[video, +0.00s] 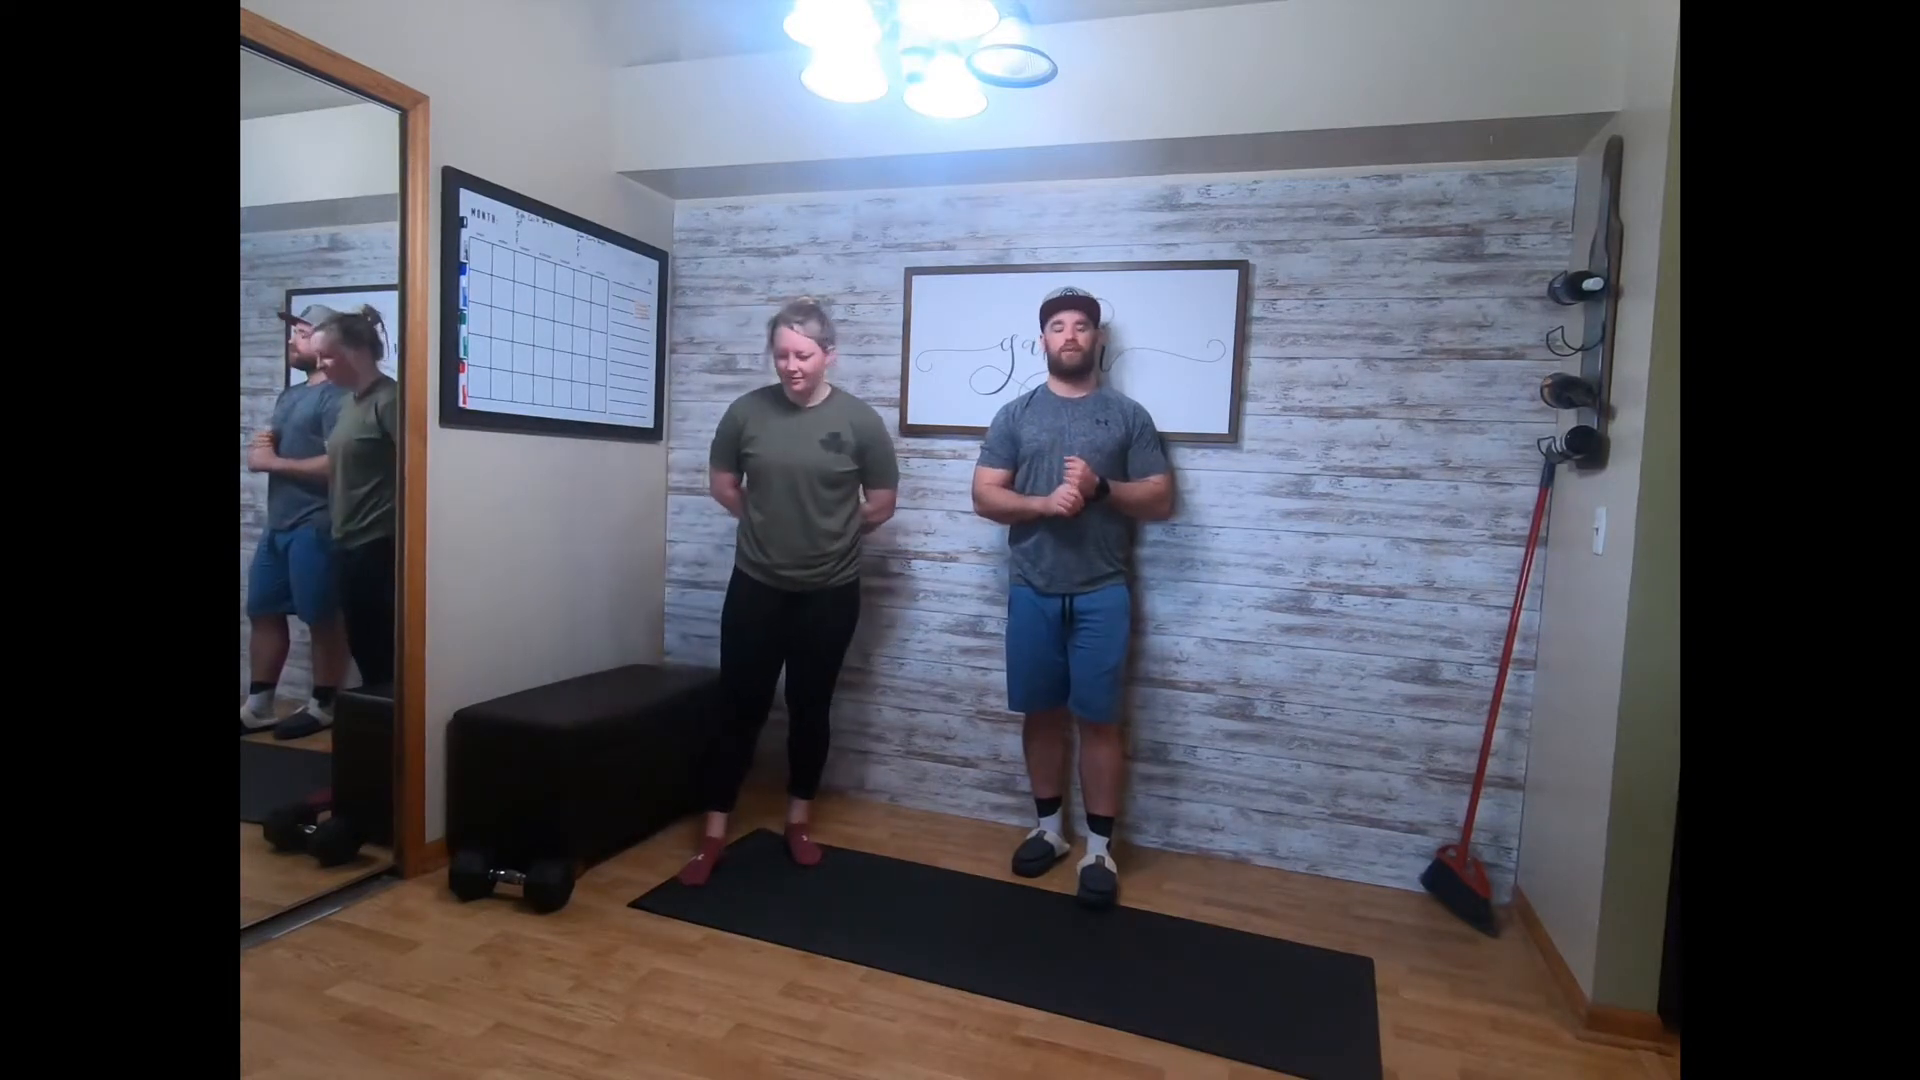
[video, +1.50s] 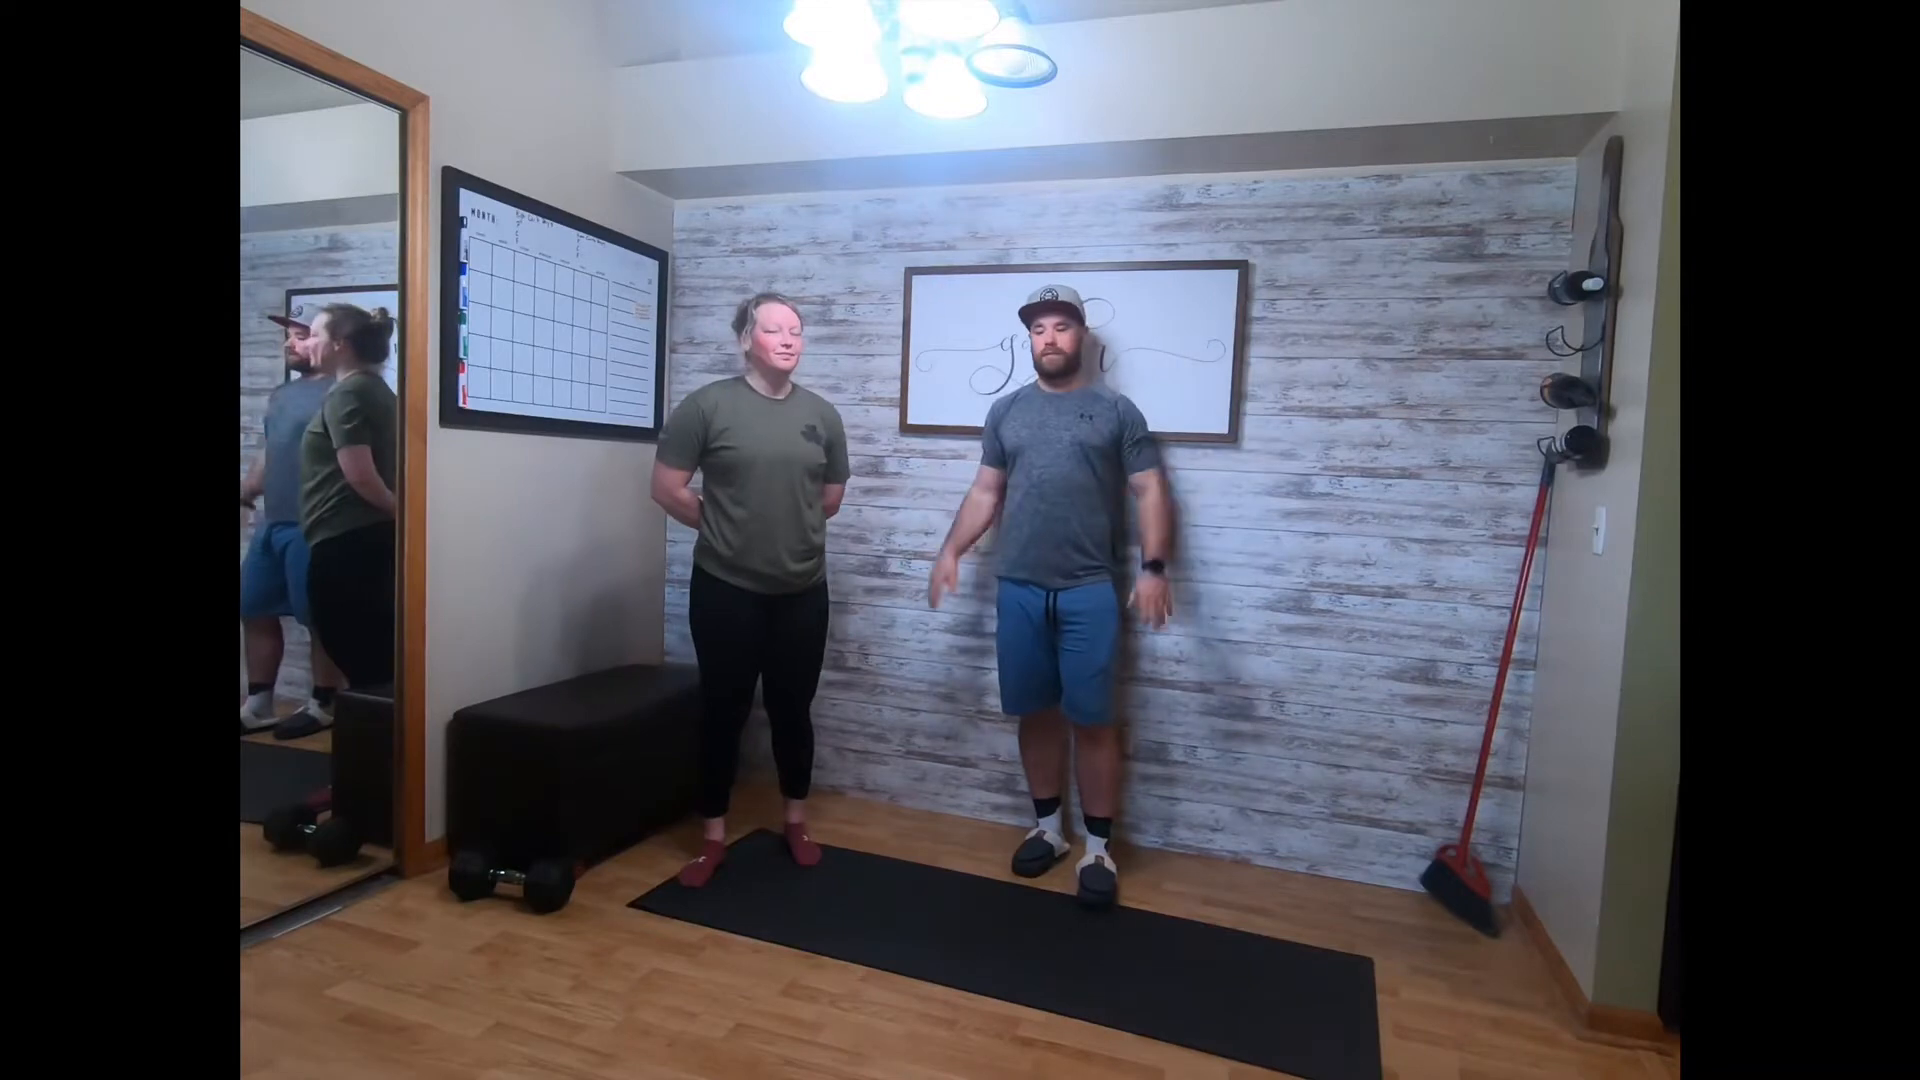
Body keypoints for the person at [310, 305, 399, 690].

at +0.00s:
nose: (324, 368)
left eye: (328, 358)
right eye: (322, 360)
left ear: (356, 354)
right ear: (354, 355)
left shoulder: (390, 399)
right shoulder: (351, 401)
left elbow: (418, 469)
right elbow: (347, 468)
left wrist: (410, 536)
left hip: (381, 545)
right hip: (350, 544)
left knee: (379, 649)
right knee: (366, 648)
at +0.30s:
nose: (320, 362)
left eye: (324, 352)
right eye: (318, 354)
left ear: (353, 348)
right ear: (347, 351)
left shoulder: (384, 397)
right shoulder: (351, 398)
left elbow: (415, 465)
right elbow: (346, 467)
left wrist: (412, 534)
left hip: (375, 542)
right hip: (348, 541)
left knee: (371, 641)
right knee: (358, 639)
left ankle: (391, 733)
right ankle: (380, 727)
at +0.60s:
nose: (312, 349)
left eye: (321, 339)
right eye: (310, 340)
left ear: (352, 343)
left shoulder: (368, 393)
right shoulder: (353, 394)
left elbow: (395, 478)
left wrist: (429, 524)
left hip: (363, 544)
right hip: (347, 543)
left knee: (369, 658)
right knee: (366, 656)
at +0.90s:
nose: (301, 344)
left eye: (308, 335)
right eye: (302, 335)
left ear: (332, 342)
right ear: (348, 342)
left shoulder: (339, 393)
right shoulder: (376, 391)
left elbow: (357, 472)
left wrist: (401, 507)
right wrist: (404, 507)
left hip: (342, 542)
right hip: (374, 537)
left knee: (353, 653)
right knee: (374, 649)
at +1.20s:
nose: (299, 343)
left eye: (305, 334)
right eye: (301, 334)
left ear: (328, 341)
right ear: (353, 342)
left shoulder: (329, 393)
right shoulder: (385, 396)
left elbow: (344, 474)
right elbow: (401, 464)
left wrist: (399, 509)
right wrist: (404, 509)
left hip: (336, 545)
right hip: (380, 542)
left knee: (352, 660)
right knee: (379, 654)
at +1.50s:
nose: (308, 344)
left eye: (314, 335)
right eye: (310, 335)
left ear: (340, 343)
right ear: (349, 344)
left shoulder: (346, 395)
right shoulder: (379, 391)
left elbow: (361, 476)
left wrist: (404, 511)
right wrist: (406, 511)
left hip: (345, 542)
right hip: (372, 537)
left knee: (358, 659)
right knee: (374, 653)